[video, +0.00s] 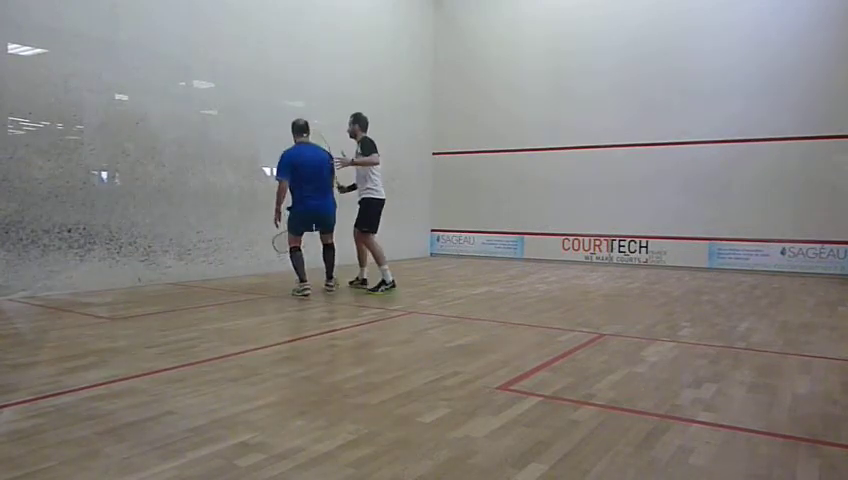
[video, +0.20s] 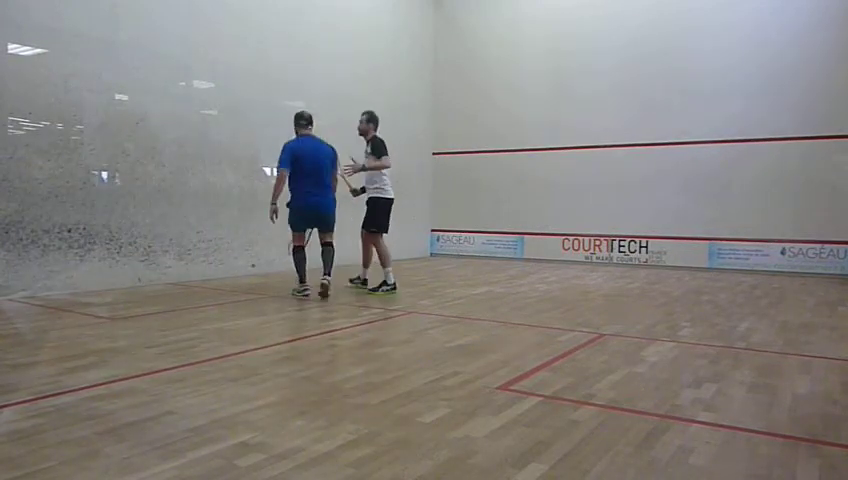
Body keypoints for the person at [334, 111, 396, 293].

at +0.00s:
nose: (347, 129)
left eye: (349, 125)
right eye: (348, 125)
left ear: (356, 126)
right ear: (359, 127)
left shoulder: (365, 142)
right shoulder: (360, 147)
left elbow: (375, 160)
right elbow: (365, 179)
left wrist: (351, 162)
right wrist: (347, 188)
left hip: (373, 196)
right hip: (366, 197)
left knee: (366, 236)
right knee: (359, 235)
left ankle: (388, 278)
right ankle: (362, 277)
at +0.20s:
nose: (358, 126)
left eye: (362, 122)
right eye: (359, 122)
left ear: (371, 126)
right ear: (368, 126)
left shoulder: (376, 142)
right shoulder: (369, 146)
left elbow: (386, 163)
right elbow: (376, 176)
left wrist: (362, 167)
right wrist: (360, 190)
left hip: (382, 196)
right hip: (374, 196)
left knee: (374, 236)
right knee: (367, 235)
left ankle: (390, 280)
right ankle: (363, 276)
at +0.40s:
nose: (368, 123)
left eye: (372, 121)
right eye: (368, 120)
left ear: (382, 124)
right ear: (369, 122)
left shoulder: (385, 141)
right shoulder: (376, 144)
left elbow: (395, 164)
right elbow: (383, 172)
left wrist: (373, 174)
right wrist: (370, 191)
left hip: (390, 195)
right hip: (381, 195)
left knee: (382, 237)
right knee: (374, 235)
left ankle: (390, 281)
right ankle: (371, 275)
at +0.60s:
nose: (377, 122)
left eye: (381, 120)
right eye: (376, 119)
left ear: (390, 124)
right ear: (377, 121)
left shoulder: (393, 141)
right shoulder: (383, 143)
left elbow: (404, 165)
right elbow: (386, 173)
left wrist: (386, 180)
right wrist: (375, 191)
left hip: (395, 195)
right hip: (387, 194)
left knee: (387, 235)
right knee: (382, 235)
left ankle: (391, 280)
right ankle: (395, 274)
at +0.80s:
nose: (385, 122)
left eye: (390, 120)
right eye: (385, 119)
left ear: (399, 124)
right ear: (386, 121)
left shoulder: (401, 143)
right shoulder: (390, 144)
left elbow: (414, 167)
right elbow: (393, 174)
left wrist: (401, 179)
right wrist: (380, 193)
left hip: (401, 197)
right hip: (394, 197)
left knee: (393, 238)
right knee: (398, 238)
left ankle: (391, 281)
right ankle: (418, 275)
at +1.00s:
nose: (394, 123)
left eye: (398, 120)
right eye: (393, 119)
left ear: (407, 124)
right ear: (393, 122)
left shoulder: (409, 143)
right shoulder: (399, 145)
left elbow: (421, 168)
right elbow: (401, 177)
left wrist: (408, 184)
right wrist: (387, 196)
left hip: (408, 197)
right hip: (404, 197)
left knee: (399, 238)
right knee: (409, 238)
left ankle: (391, 281)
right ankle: (422, 279)